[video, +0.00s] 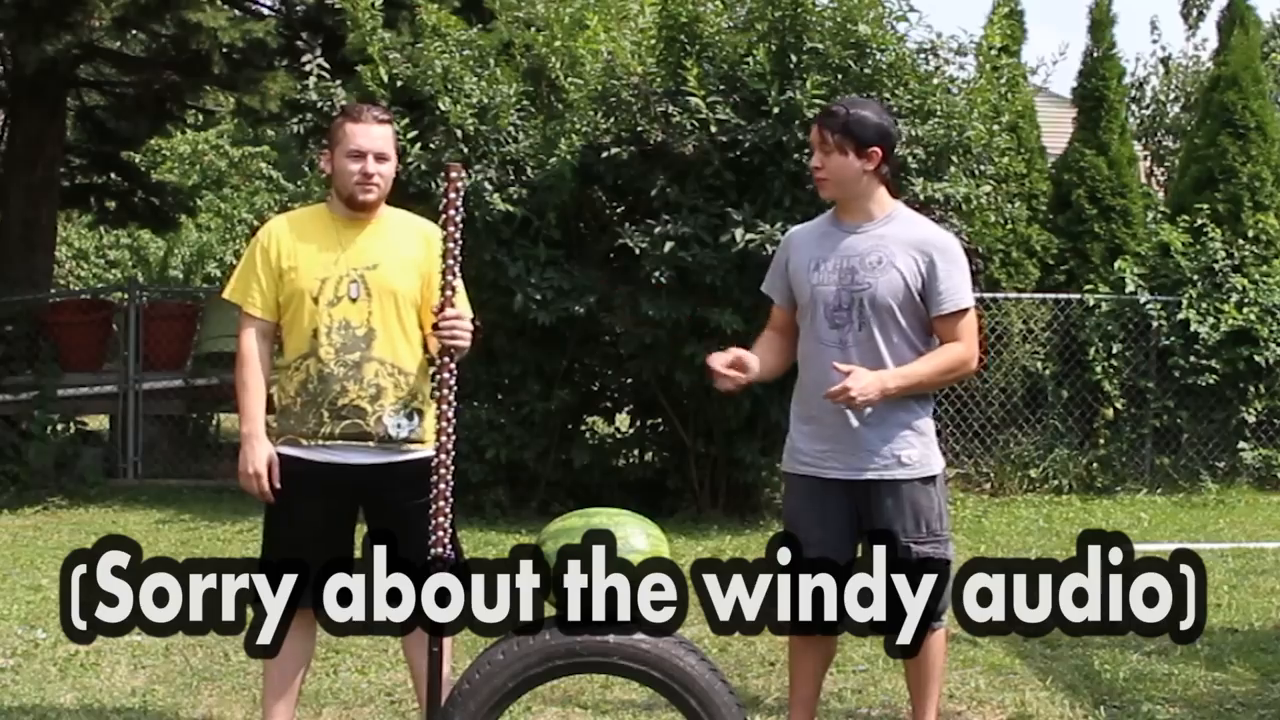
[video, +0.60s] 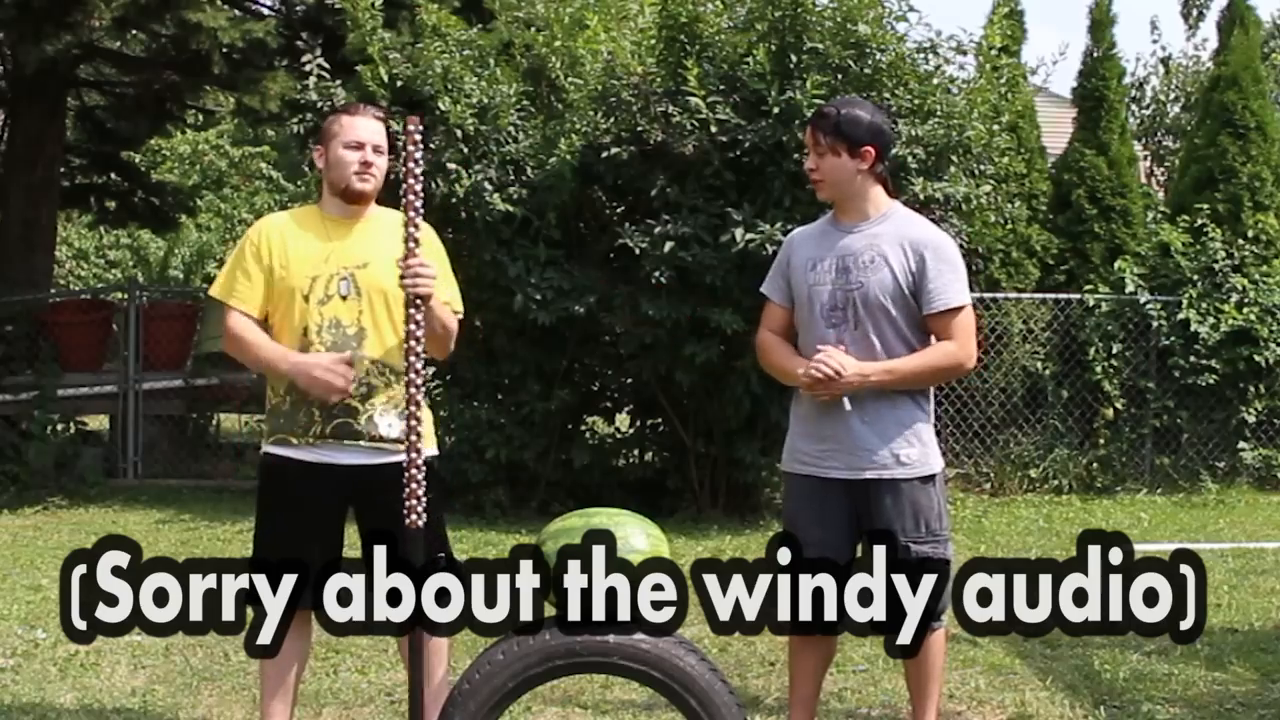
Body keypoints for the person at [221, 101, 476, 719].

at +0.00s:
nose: (369, 168)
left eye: (381, 157)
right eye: (356, 155)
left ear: (396, 166)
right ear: (328, 161)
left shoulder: (424, 239)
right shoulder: (282, 237)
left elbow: (446, 330)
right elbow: (254, 337)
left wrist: (457, 334)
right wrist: (253, 434)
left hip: (406, 458)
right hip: (307, 456)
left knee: (426, 603)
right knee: (293, 601)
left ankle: (438, 714)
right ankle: (277, 715)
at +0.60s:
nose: (368, 159)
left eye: (378, 150)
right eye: (354, 147)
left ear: (389, 162)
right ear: (320, 156)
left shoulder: (415, 237)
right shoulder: (273, 234)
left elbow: (443, 347)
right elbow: (236, 330)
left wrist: (428, 304)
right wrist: (294, 365)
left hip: (398, 456)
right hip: (300, 455)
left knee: (428, 602)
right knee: (285, 603)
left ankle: (432, 718)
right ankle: (275, 716)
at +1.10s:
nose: (368, 165)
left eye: (377, 154)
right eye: (353, 153)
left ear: (387, 163)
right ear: (319, 161)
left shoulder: (413, 239)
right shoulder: (278, 233)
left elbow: (440, 321)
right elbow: (267, 322)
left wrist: (458, 360)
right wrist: (351, 303)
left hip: (406, 451)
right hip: (307, 452)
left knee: (429, 599)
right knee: (291, 600)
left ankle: (436, 715)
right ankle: (275, 715)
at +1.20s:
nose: (373, 172)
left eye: (382, 160)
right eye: (359, 159)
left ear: (391, 166)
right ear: (325, 162)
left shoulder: (413, 242)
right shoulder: (281, 230)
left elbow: (440, 331)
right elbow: (270, 299)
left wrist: (464, 396)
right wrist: (357, 258)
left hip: (404, 452)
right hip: (306, 453)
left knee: (428, 599)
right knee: (291, 601)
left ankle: (438, 716)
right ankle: (275, 716)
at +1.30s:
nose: (381, 164)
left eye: (387, 153)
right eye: (367, 153)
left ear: (396, 161)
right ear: (330, 160)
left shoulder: (414, 245)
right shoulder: (285, 219)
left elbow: (438, 335)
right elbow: (274, 262)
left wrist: (459, 404)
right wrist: (353, 197)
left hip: (403, 449)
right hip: (306, 449)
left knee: (427, 596)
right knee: (292, 597)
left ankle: (438, 715)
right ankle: (275, 715)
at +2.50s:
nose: (398, 157)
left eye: (409, 148)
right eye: (385, 146)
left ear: (426, 163)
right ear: (357, 158)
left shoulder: (448, 240)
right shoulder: (314, 221)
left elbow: (462, 336)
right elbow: (317, 292)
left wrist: (445, 407)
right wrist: (384, 277)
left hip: (417, 453)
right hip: (320, 449)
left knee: (430, 599)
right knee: (292, 600)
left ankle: (438, 715)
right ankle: (271, 715)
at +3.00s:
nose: (409, 164)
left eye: (422, 154)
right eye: (396, 151)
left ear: (440, 167)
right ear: (371, 159)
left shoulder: (456, 245)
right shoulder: (330, 223)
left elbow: (473, 342)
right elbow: (329, 322)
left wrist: (481, 423)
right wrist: (396, 374)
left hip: (425, 454)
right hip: (328, 449)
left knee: (437, 597)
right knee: (295, 595)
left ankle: (439, 716)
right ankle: (269, 714)